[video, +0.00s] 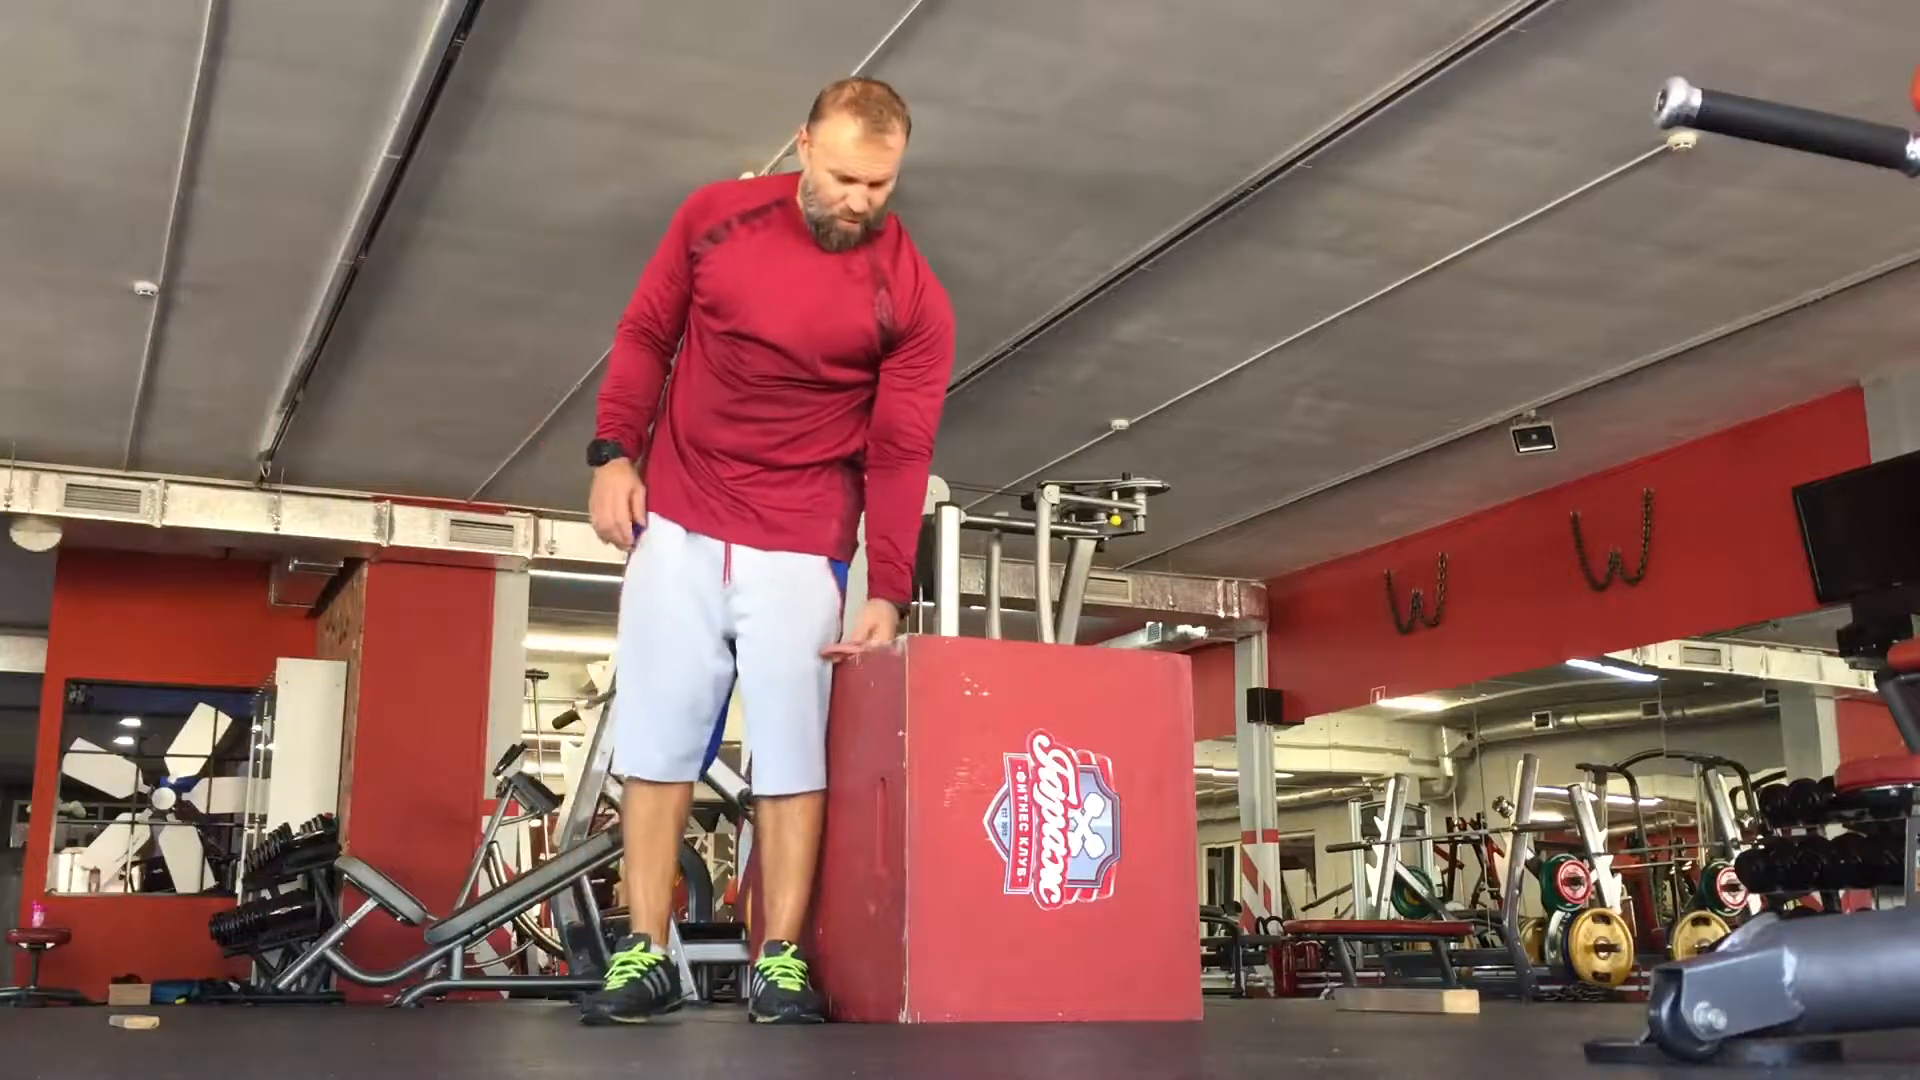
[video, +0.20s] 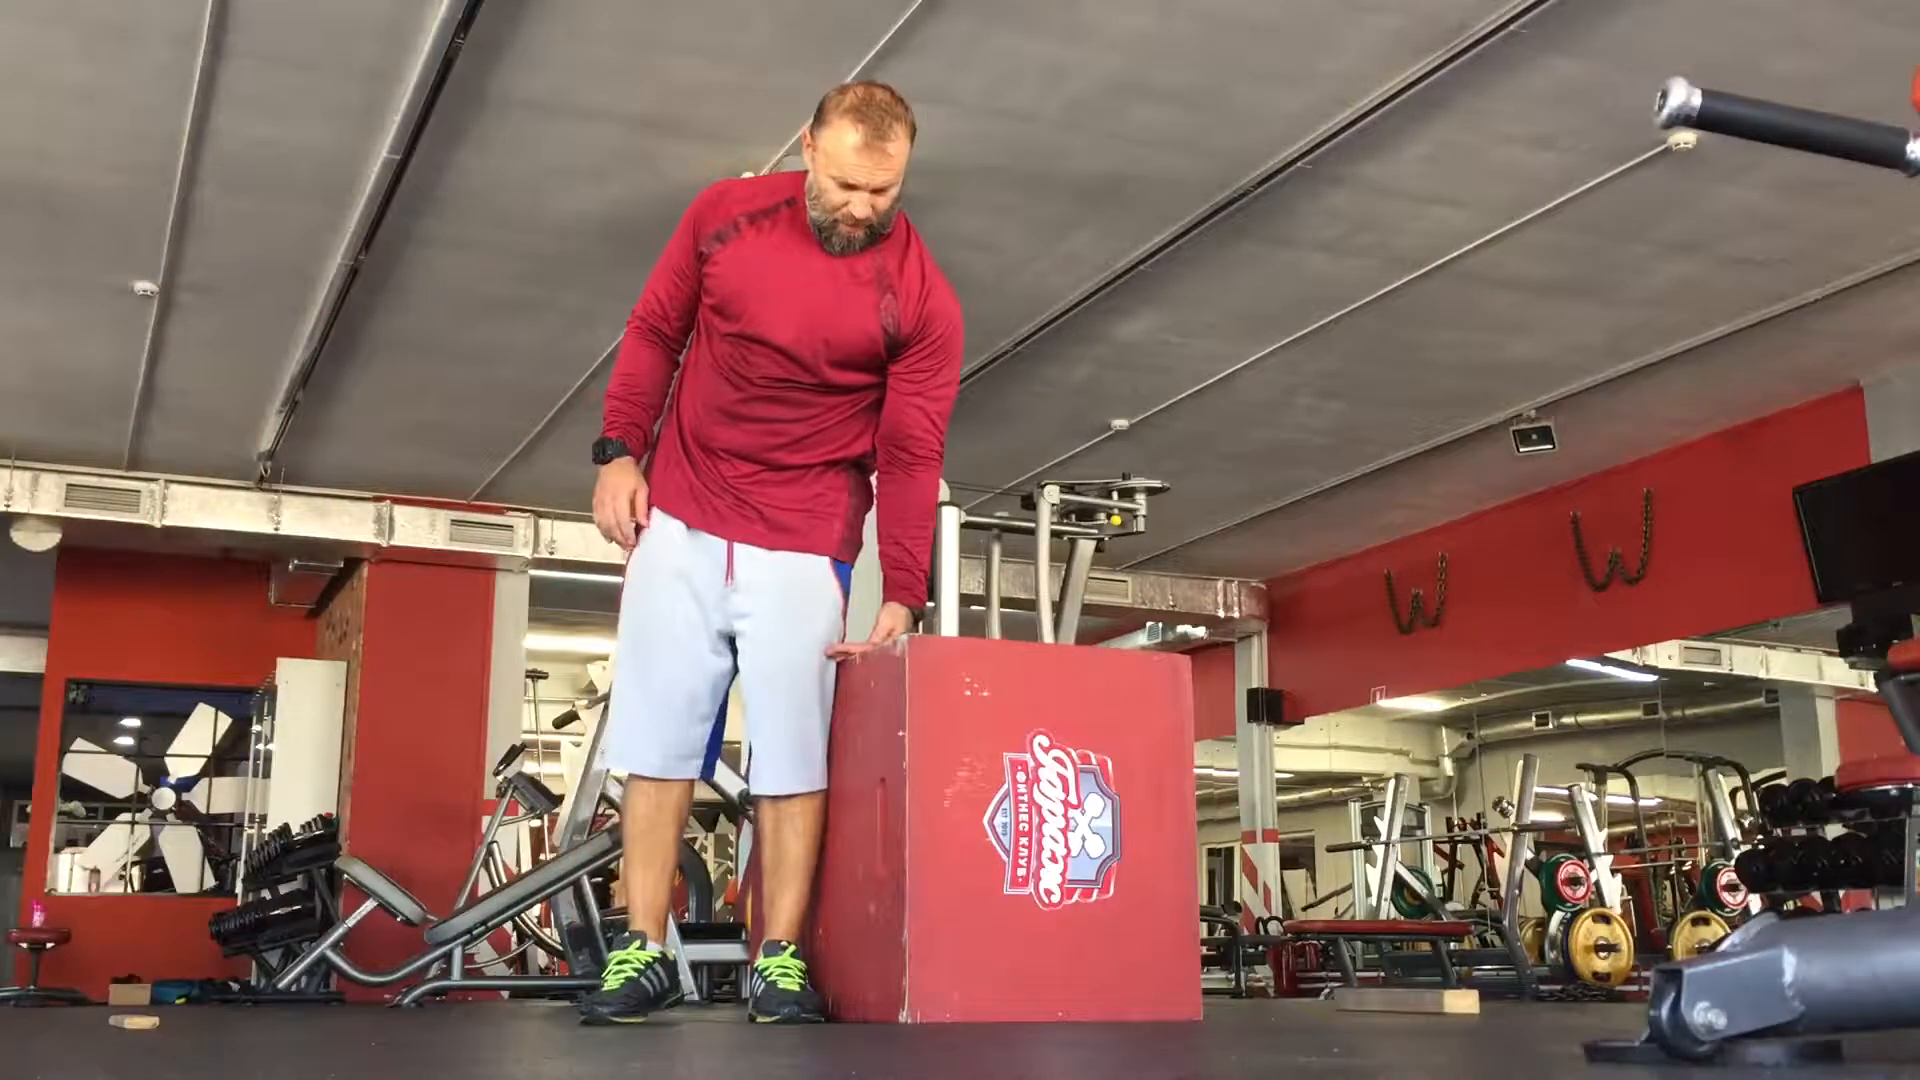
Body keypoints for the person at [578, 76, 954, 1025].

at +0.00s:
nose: (855, 200)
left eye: (876, 184)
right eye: (839, 178)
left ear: (900, 175)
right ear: (804, 144)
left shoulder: (913, 301)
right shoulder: (715, 216)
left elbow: (903, 454)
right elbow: (645, 335)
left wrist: (887, 592)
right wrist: (614, 455)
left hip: (803, 527)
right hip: (680, 507)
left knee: (791, 738)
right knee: (659, 728)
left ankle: (780, 957)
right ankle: (646, 953)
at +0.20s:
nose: (858, 207)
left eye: (880, 191)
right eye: (841, 185)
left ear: (907, 176)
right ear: (808, 148)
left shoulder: (922, 303)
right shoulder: (724, 214)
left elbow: (912, 455)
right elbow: (653, 332)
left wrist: (905, 593)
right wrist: (619, 453)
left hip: (806, 531)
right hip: (684, 507)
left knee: (790, 744)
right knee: (659, 731)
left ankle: (779, 959)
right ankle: (643, 950)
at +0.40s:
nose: (862, 206)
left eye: (883, 189)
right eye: (844, 183)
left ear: (909, 172)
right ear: (809, 147)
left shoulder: (924, 301)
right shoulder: (730, 214)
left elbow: (914, 453)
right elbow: (659, 333)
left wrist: (908, 594)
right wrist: (618, 456)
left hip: (809, 530)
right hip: (687, 505)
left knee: (791, 741)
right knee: (661, 727)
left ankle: (779, 959)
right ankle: (644, 949)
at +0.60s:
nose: (861, 212)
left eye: (882, 196)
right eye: (844, 190)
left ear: (910, 178)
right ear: (812, 153)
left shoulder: (925, 303)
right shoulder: (733, 216)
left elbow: (923, 452)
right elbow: (662, 333)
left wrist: (920, 588)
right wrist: (623, 456)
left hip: (810, 532)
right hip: (688, 507)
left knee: (792, 743)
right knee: (662, 729)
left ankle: (778, 959)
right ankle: (645, 950)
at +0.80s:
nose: (862, 215)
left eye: (883, 200)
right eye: (845, 193)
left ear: (913, 185)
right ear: (814, 159)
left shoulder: (927, 305)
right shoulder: (736, 215)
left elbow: (925, 450)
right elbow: (664, 331)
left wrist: (925, 584)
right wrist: (623, 454)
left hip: (808, 529)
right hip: (687, 505)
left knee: (791, 741)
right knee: (661, 728)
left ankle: (778, 960)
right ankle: (646, 950)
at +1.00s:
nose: (861, 215)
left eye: (883, 200)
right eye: (845, 193)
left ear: (912, 185)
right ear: (814, 159)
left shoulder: (928, 307)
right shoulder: (735, 215)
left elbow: (918, 457)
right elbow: (663, 331)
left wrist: (905, 593)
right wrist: (622, 455)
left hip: (811, 532)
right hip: (688, 508)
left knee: (793, 745)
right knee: (662, 732)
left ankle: (778, 959)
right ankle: (647, 952)